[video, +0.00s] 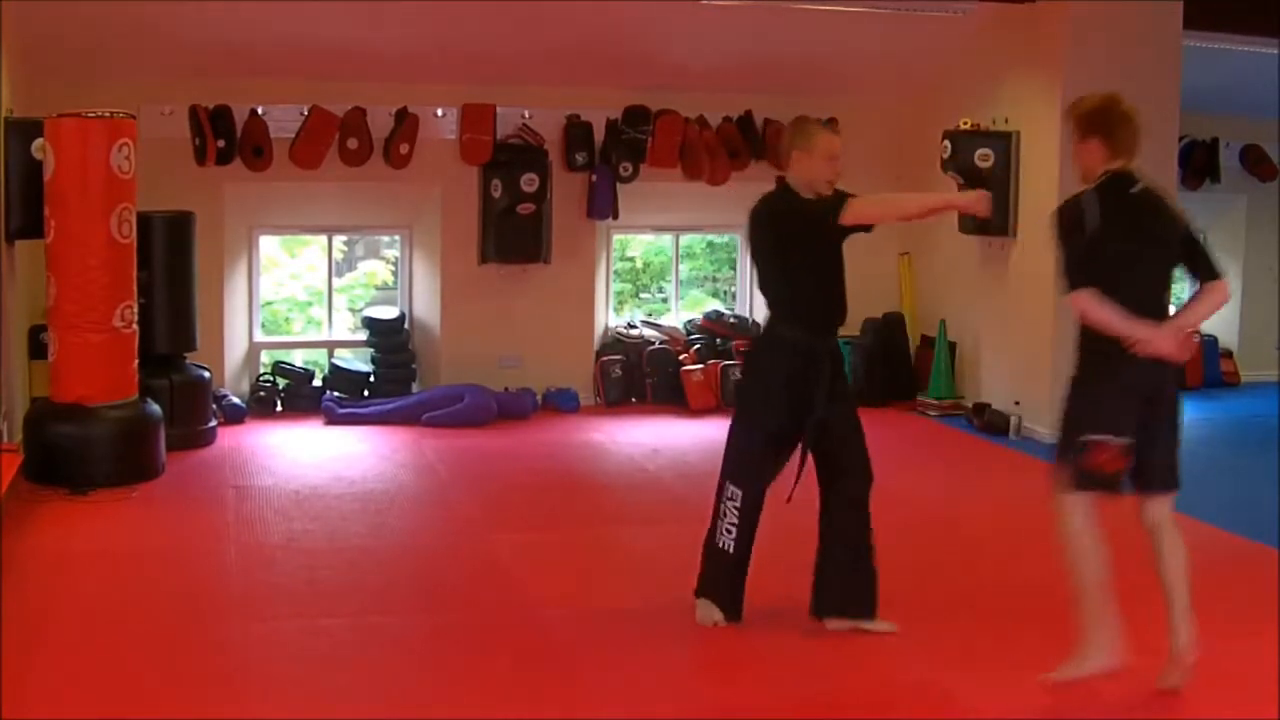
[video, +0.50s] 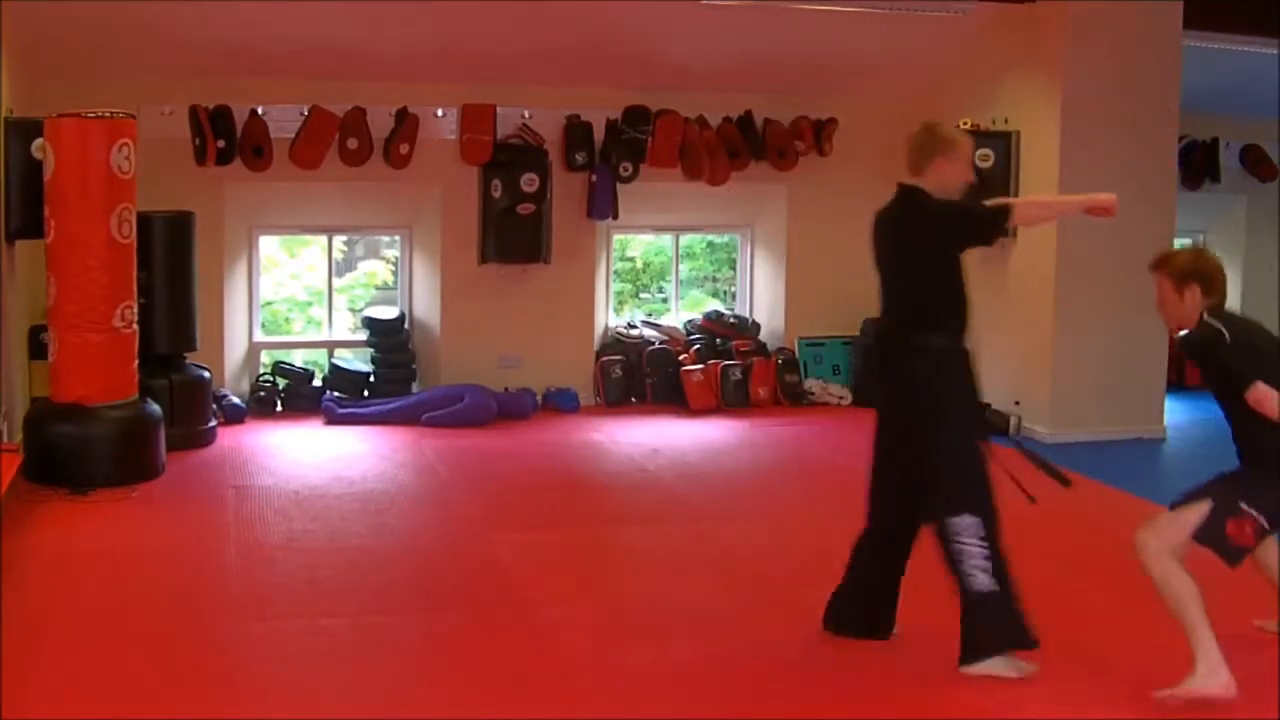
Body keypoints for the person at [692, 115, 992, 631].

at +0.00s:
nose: (836, 171)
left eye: (838, 160)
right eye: (828, 160)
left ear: (813, 163)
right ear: (795, 160)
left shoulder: (824, 207)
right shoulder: (775, 210)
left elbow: (893, 209)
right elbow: (875, 211)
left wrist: (953, 201)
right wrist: (956, 200)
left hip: (822, 361)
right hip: (780, 359)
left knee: (849, 478)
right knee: (744, 478)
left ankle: (842, 604)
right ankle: (715, 594)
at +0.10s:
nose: (862, 175)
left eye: (861, 165)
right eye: (855, 164)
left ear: (827, 168)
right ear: (823, 166)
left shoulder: (827, 216)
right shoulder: (808, 218)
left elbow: (897, 219)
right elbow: (897, 220)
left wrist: (967, 216)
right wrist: (978, 212)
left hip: (843, 376)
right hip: (807, 373)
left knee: (861, 488)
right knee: (769, 478)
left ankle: (853, 608)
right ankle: (717, 583)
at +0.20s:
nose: (886, 173)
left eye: (886, 163)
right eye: (880, 162)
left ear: (845, 165)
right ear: (851, 164)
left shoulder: (834, 215)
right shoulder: (838, 217)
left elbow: (917, 222)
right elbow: (924, 218)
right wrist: (1008, 213)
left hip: (857, 378)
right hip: (838, 378)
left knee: (873, 495)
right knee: (826, 495)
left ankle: (858, 614)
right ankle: (751, 578)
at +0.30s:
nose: (910, 165)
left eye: (910, 156)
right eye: (905, 155)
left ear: (869, 158)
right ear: (878, 157)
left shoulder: (848, 207)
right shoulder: (865, 209)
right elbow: (954, 212)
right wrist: (1033, 204)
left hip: (860, 359)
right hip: (870, 364)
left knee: (865, 482)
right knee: (886, 487)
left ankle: (833, 590)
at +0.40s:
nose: (941, 156)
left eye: (940, 147)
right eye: (936, 147)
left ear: (897, 152)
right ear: (910, 151)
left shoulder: (880, 203)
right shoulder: (890, 205)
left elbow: (961, 213)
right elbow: (974, 207)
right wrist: (1057, 196)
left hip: (881, 356)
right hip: (894, 361)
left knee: (875, 484)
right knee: (926, 486)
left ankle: (851, 611)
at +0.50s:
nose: (971, 175)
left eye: (970, 165)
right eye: (965, 163)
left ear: (924, 164)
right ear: (937, 164)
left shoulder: (896, 215)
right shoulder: (925, 217)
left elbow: (976, 221)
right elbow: (1008, 214)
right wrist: (1084, 204)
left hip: (902, 376)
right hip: (933, 376)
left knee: (898, 497)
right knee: (963, 504)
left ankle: (856, 611)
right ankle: (988, 642)